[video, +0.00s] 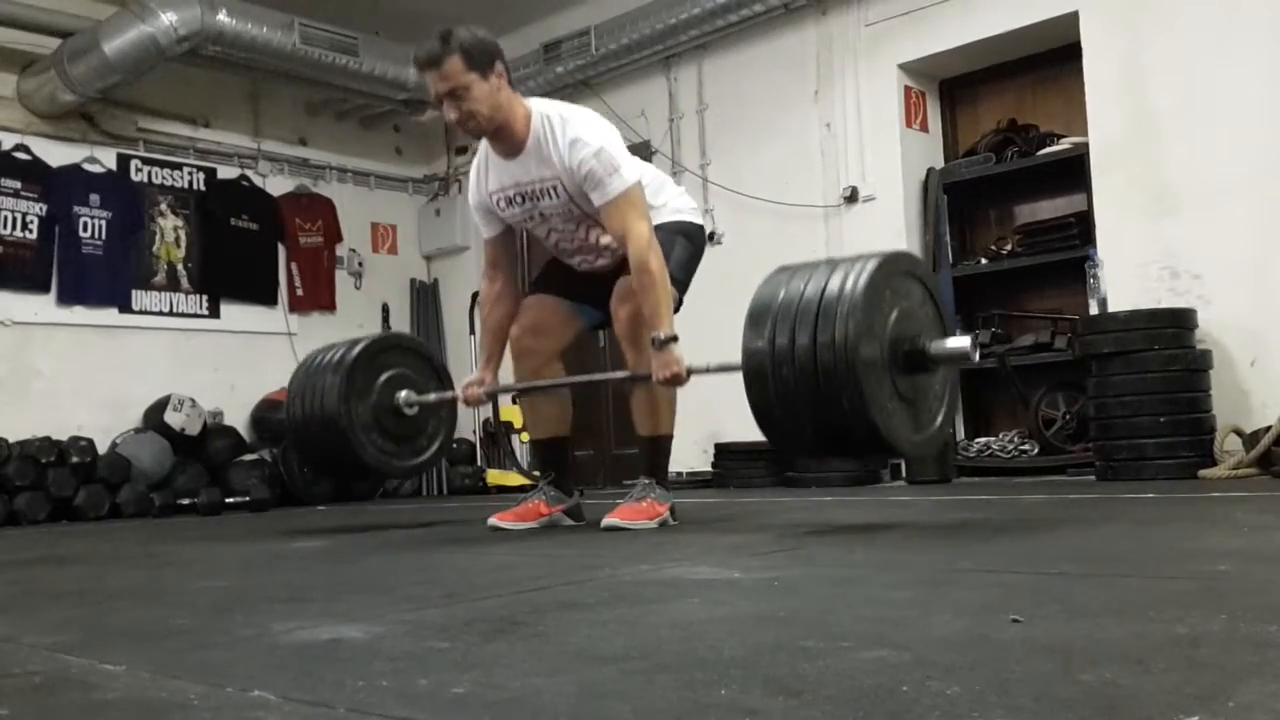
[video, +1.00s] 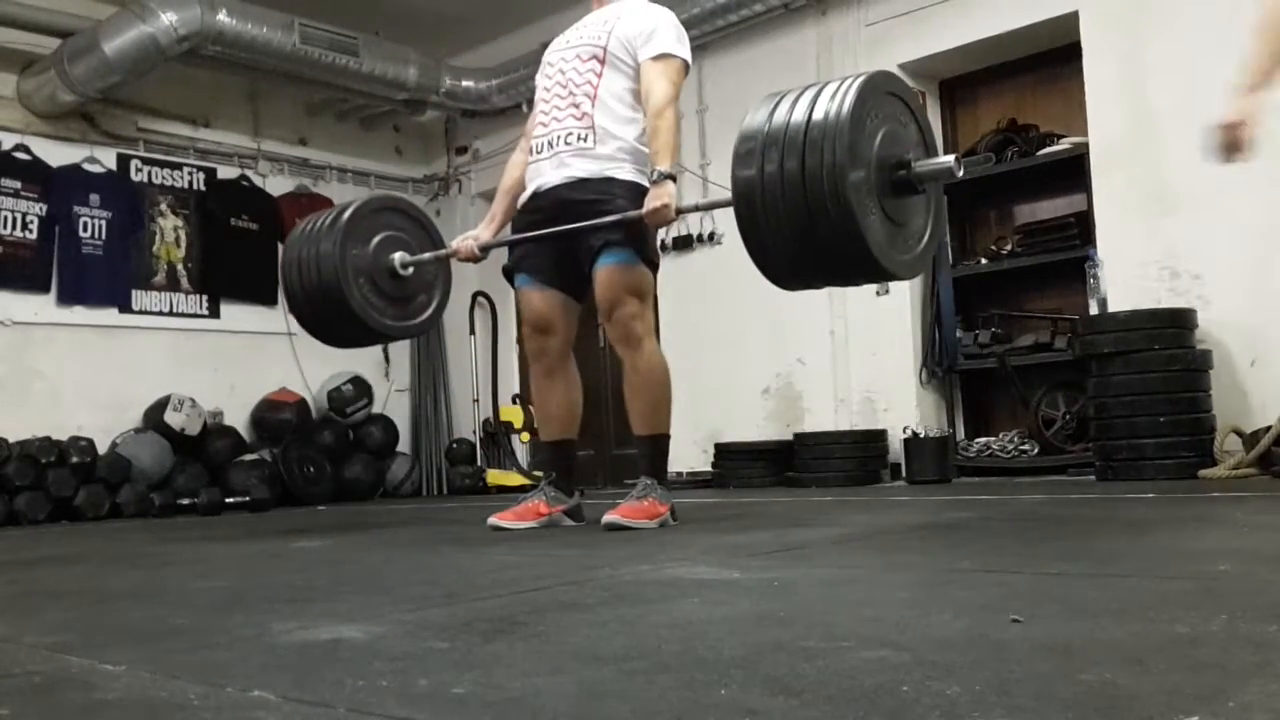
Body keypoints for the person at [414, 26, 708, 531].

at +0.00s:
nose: (451, 113)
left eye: (458, 94)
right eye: (441, 103)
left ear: (499, 77)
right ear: (437, 108)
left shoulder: (580, 137)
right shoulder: (483, 179)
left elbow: (639, 239)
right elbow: (499, 276)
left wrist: (664, 342)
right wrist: (486, 369)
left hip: (663, 226)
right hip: (589, 254)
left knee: (630, 312)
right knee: (530, 335)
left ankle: (653, 489)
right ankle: (557, 492)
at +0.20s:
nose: (449, 64)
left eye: (456, 45)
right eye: (439, 53)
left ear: (498, 29)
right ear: (436, 57)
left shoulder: (578, 94)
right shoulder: (482, 136)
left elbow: (638, 196)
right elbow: (497, 236)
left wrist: (664, 293)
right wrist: (487, 329)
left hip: (652, 213)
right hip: (582, 233)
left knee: (636, 309)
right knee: (535, 329)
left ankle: (653, 487)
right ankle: (556, 490)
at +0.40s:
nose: (465, 6)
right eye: (463, 2)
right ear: (481, 13)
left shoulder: (589, 48)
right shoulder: (491, 93)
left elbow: (638, 150)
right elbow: (503, 197)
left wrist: (663, 245)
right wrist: (489, 288)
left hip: (636, 205)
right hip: (569, 221)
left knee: (636, 317)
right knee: (533, 337)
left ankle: (654, 488)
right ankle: (556, 491)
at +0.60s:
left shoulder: (613, 15)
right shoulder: (518, 56)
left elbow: (647, 106)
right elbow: (515, 160)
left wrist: (663, 196)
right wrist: (489, 243)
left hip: (624, 201)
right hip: (553, 214)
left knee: (624, 316)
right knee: (529, 332)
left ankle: (653, 488)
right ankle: (558, 493)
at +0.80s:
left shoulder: (643, 8)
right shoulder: (547, 39)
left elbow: (657, 95)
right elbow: (523, 139)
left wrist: (662, 171)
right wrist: (487, 223)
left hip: (612, 185)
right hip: (542, 198)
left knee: (630, 320)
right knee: (544, 331)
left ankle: (653, 487)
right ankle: (558, 491)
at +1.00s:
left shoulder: (648, 16)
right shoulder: (557, 48)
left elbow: (661, 100)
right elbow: (529, 142)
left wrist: (663, 177)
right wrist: (488, 226)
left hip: (610, 186)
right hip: (540, 199)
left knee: (627, 322)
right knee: (542, 336)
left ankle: (653, 487)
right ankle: (558, 491)